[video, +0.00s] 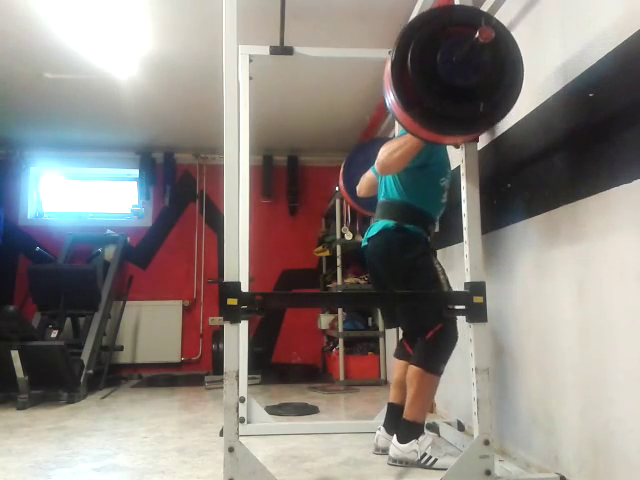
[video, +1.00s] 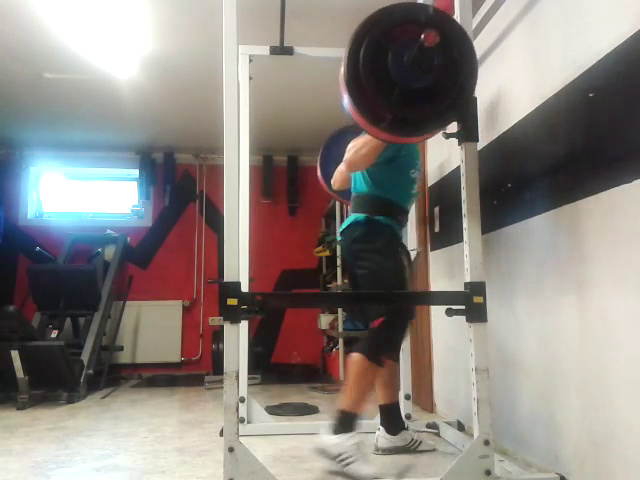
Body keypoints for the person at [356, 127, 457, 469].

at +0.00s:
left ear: (417, 105)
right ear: (438, 104)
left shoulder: (415, 141)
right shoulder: (420, 133)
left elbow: (363, 187)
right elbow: (383, 163)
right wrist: (423, 131)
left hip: (381, 240)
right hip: (401, 239)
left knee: (416, 333)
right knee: (440, 331)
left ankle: (393, 427)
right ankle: (409, 439)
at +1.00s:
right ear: (403, 102)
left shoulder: (399, 140)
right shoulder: (384, 132)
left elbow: (338, 181)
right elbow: (350, 162)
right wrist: (390, 127)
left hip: (380, 232)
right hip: (369, 230)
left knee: (388, 323)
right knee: (390, 316)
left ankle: (392, 430)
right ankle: (340, 432)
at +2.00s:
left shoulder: (355, 137)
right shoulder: (338, 131)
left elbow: (292, 180)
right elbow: (300, 168)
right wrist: (340, 138)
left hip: (321, 232)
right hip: (315, 231)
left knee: (320, 332)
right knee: (328, 331)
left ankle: (317, 432)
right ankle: (321, 446)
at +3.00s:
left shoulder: (348, 136)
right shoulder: (333, 131)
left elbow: (282, 180)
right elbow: (295, 167)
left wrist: (297, 166)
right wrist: (336, 140)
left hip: (311, 232)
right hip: (308, 231)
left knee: (309, 334)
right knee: (320, 332)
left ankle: (314, 430)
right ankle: (320, 446)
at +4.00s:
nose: (378, 131)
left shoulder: (347, 143)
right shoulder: (335, 135)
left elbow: (287, 185)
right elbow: (298, 167)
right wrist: (337, 134)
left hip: (316, 234)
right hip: (311, 234)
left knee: (313, 334)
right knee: (317, 333)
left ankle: (315, 428)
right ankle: (319, 447)